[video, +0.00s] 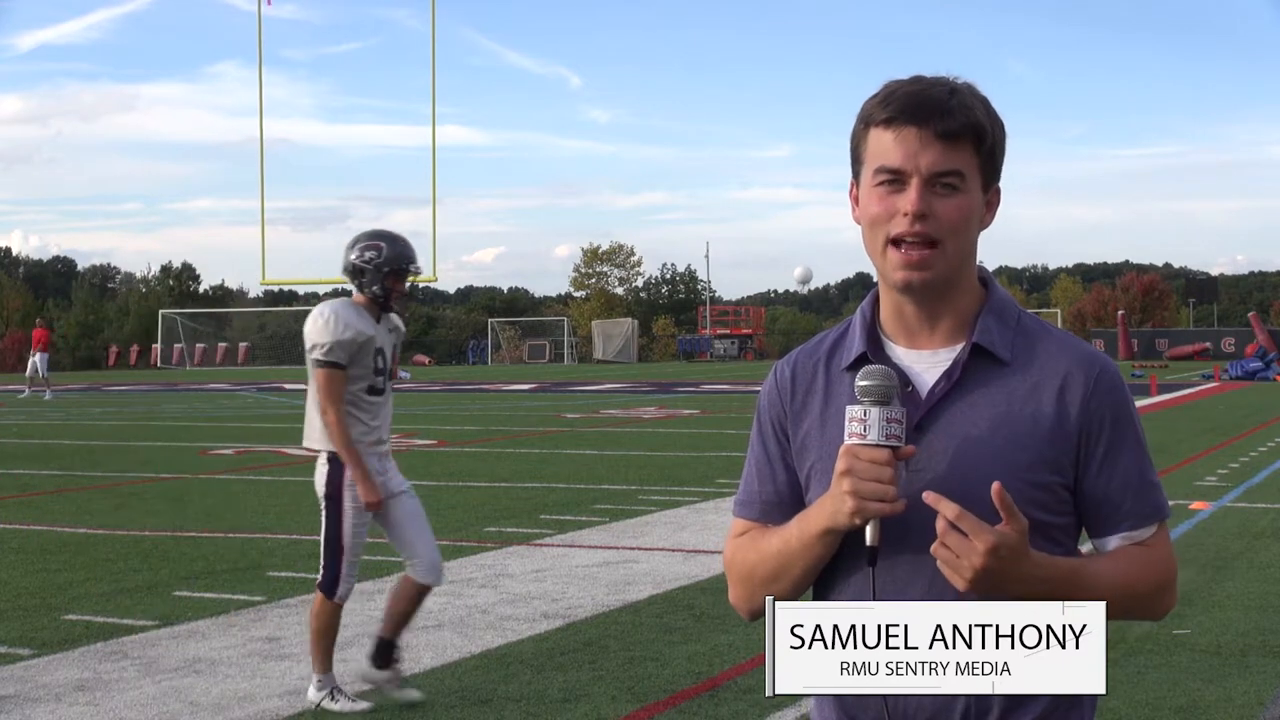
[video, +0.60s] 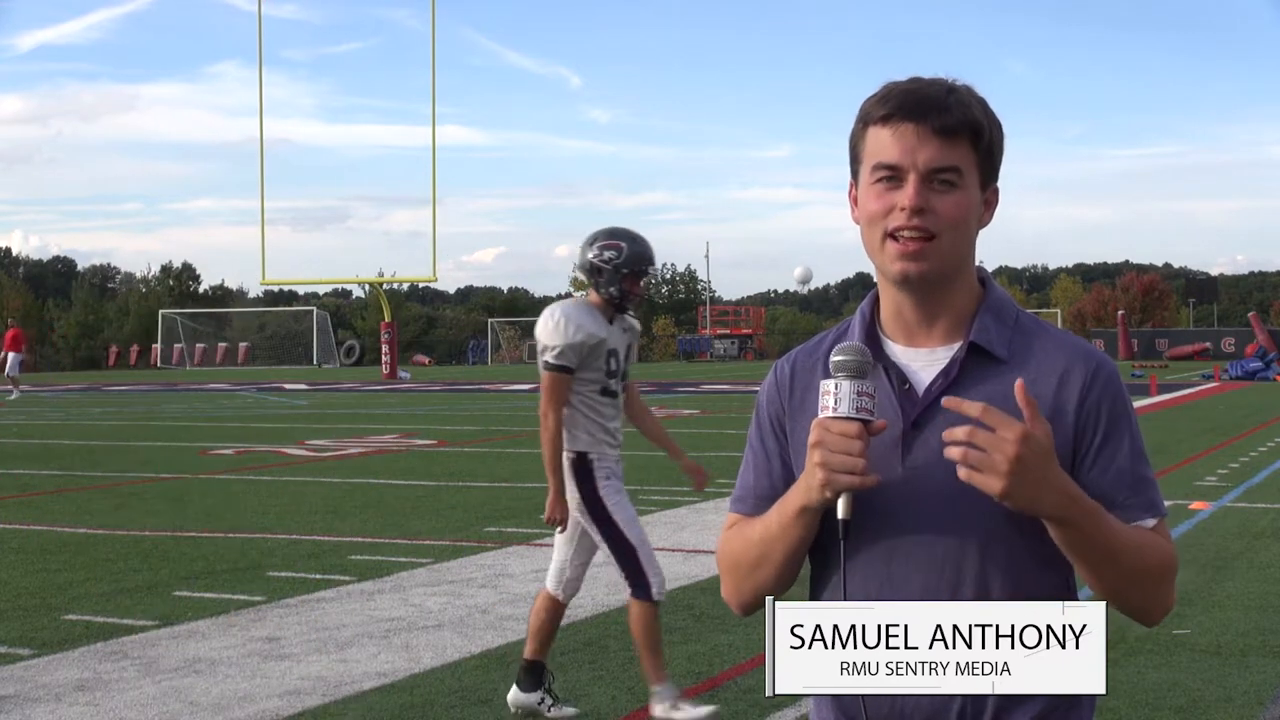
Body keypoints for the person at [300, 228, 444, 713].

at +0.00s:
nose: (404, 286)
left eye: (405, 278)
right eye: (397, 278)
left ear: (391, 277)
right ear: (371, 276)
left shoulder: (392, 327)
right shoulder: (332, 320)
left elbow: (374, 396)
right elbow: (328, 407)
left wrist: (381, 456)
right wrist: (360, 475)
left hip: (381, 463)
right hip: (341, 465)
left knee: (426, 568)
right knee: (336, 581)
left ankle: (381, 665)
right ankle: (322, 683)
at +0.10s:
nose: (447, 289)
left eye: (447, 280)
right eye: (441, 281)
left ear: (423, 281)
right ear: (414, 279)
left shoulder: (429, 330)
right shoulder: (374, 322)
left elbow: (406, 399)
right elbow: (370, 408)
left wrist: (410, 456)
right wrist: (417, 471)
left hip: (418, 466)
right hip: (376, 467)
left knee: (460, 575)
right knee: (355, 581)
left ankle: (480, 680)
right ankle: (325, 681)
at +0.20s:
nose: (488, 296)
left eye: (489, 287)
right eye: (482, 287)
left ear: (464, 284)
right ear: (455, 284)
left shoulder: (467, 336)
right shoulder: (418, 326)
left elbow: (445, 407)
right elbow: (415, 415)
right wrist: (466, 473)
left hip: (461, 475)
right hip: (421, 475)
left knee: (489, 582)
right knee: (391, 587)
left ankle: (514, 692)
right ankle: (335, 671)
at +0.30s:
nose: (530, 293)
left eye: (530, 284)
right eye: (524, 284)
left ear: (503, 284)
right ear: (498, 282)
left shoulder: (506, 332)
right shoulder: (459, 324)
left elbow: (492, 410)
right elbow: (454, 413)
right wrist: (496, 476)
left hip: (506, 470)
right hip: (470, 474)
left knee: (515, 585)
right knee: (462, 599)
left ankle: (520, 692)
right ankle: (379, 654)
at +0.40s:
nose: (567, 288)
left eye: (567, 279)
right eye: (561, 279)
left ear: (538, 277)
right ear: (536, 276)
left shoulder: (543, 327)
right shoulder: (493, 319)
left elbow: (530, 404)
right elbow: (486, 409)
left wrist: (543, 470)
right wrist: (516, 480)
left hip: (539, 467)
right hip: (510, 470)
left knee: (532, 583)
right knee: (543, 591)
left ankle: (522, 691)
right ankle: (456, 645)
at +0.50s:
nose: (602, 285)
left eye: (603, 275)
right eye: (596, 275)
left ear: (578, 272)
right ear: (571, 272)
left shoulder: (585, 327)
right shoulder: (527, 317)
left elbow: (578, 410)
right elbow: (517, 410)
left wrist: (609, 474)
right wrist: (532, 484)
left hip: (568, 462)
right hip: (546, 463)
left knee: (543, 582)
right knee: (607, 578)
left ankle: (522, 690)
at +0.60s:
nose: (641, 286)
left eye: (643, 277)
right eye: (635, 277)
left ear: (623, 276)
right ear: (607, 274)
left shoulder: (625, 328)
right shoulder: (565, 321)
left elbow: (631, 402)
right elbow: (549, 410)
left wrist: (681, 457)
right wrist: (556, 490)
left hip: (604, 464)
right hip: (582, 465)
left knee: (562, 582)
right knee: (644, 580)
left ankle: (528, 686)